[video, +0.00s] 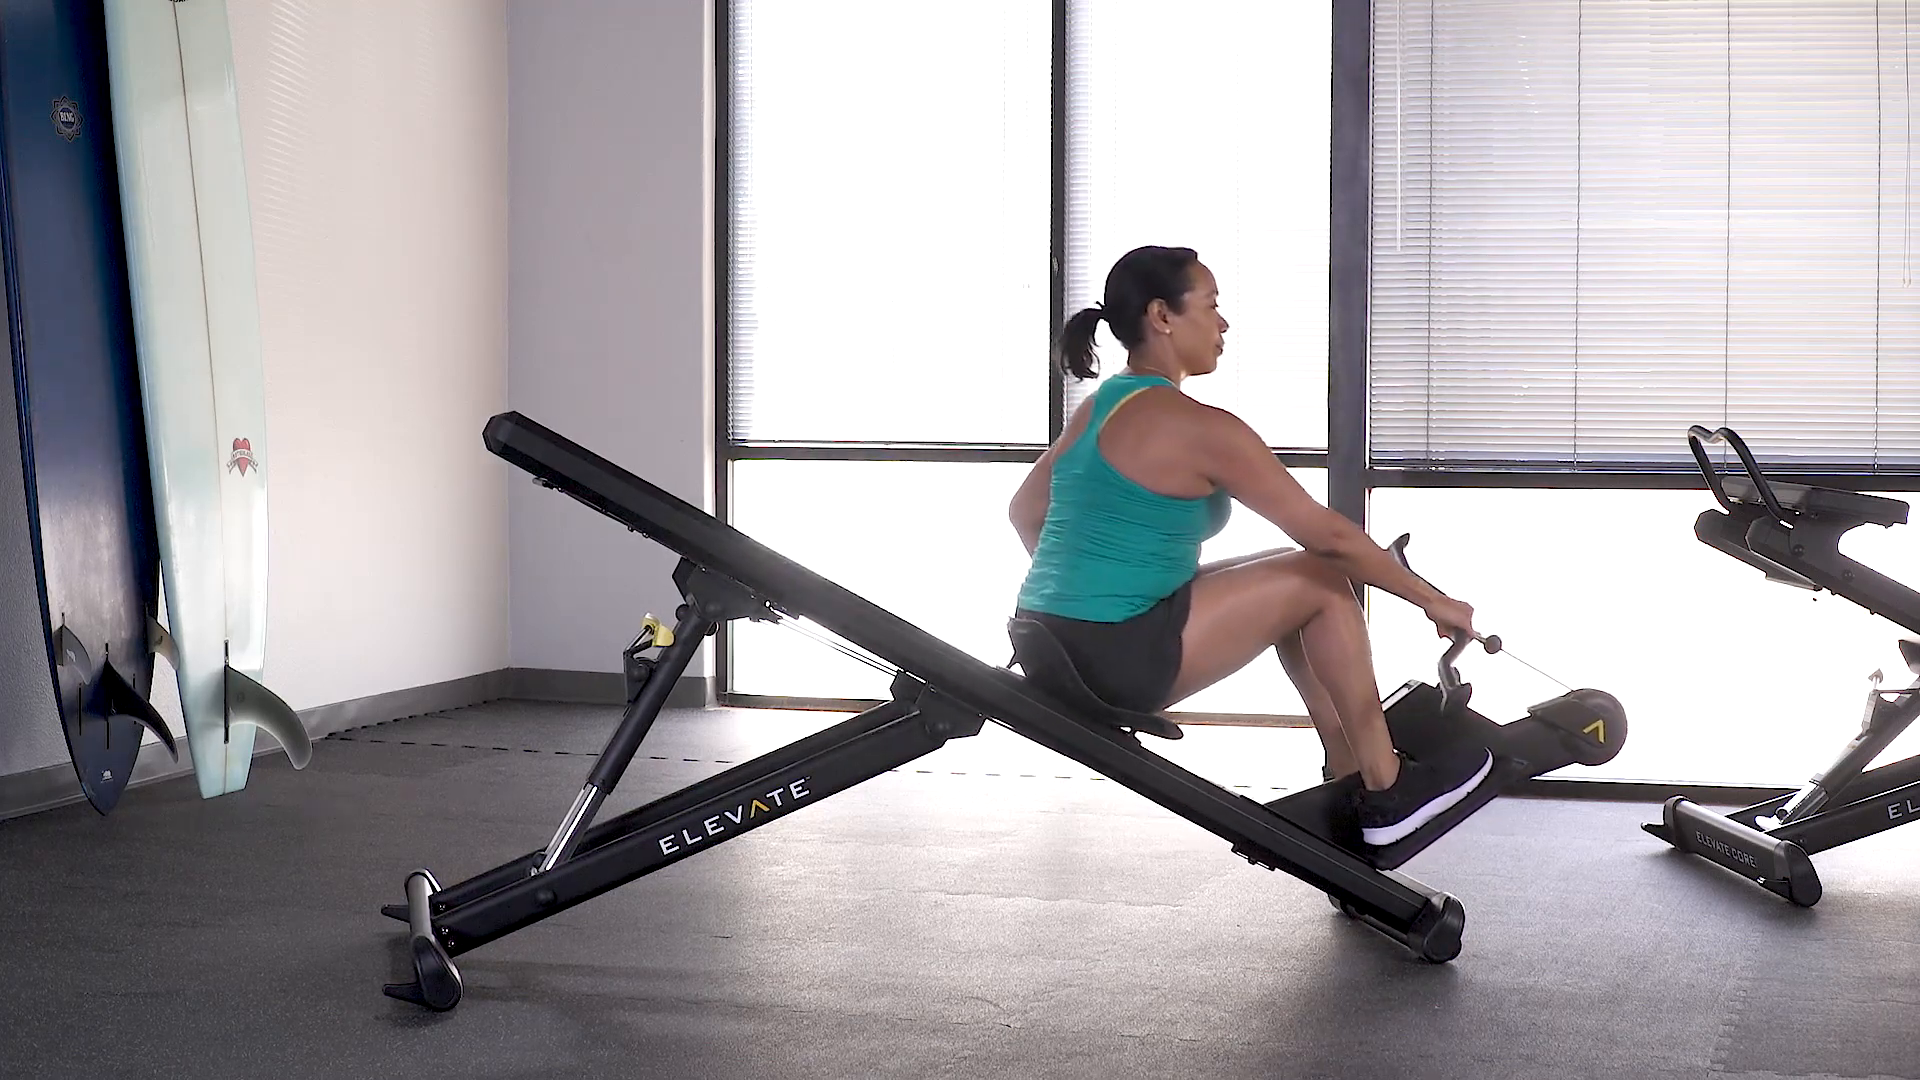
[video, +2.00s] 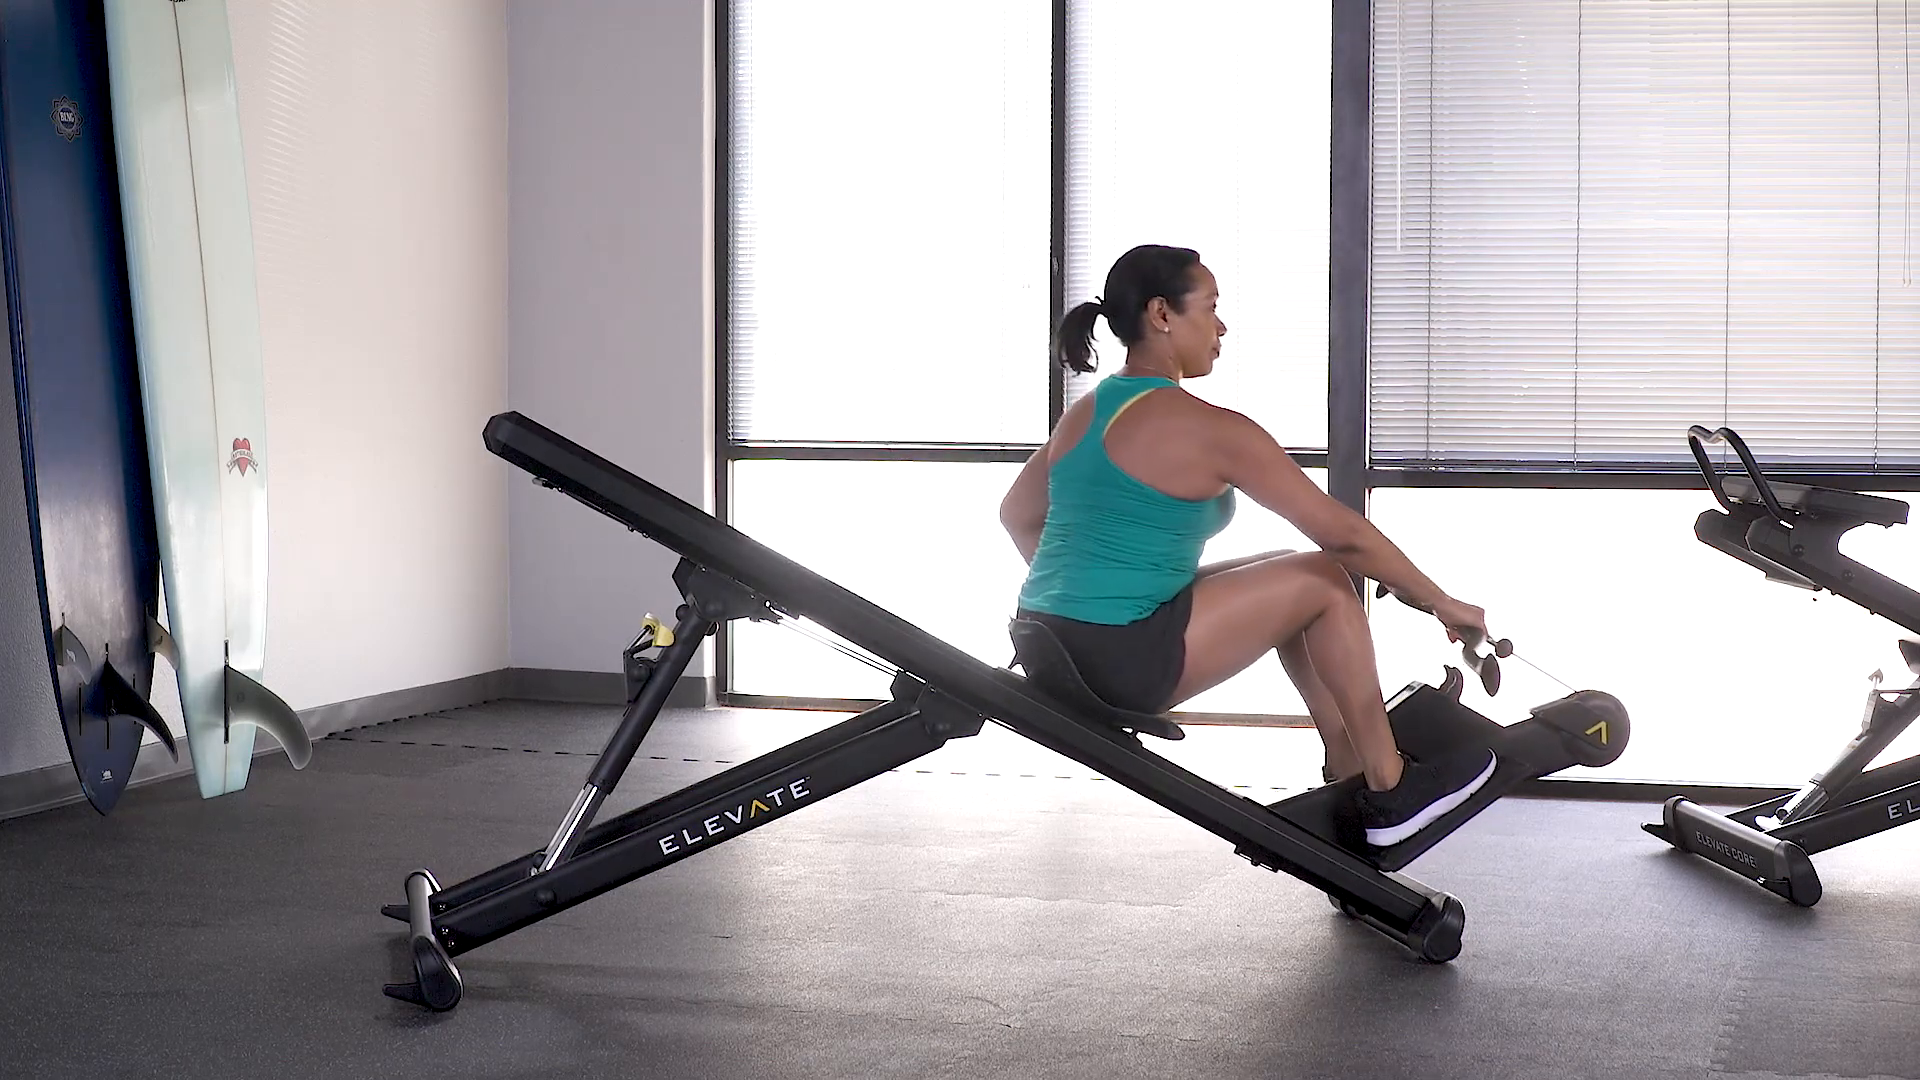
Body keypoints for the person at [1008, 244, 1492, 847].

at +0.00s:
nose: (1223, 322)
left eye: (1217, 305)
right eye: (1211, 306)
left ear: (1157, 320)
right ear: (1162, 318)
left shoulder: (1100, 404)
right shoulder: (1205, 430)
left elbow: (1026, 511)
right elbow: (1326, 535)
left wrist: (1080, 590)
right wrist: (1430, 597)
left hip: (1045, 634)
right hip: (1116, 649)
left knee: (1297, 573)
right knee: (1326, 580)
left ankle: (1346, 762)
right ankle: (1388, 787)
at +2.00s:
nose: (1221, 325)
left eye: (1216, 307)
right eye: (1210, 307)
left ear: (1155, 318)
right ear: (1161, 315)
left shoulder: (1087, 410)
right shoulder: (1218, 431)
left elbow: (1019, 514)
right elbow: (1347, 536)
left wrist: (1073, 588)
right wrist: (1442, 604)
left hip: (1046, 632)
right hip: (1121, 651)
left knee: (1298, 574)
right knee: (1327, 582)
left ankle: (1347, 762)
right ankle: (1390, 783)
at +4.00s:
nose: (1237, 335)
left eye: (1232, 317)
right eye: (1225, 317)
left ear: (1169, 325)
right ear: (1177, 324)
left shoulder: (1104, 413)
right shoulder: (1232, 438)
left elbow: (1029, 514)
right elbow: (1356, 544)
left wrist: (1082, 589)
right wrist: (1456, 610)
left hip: (1053, 637)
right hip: (1127, 657)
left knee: (1303, 574)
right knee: (1335, 583)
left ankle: (1349, 759)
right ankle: (1395, 787)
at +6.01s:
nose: (1235, 324)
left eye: (1227, 307)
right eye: (1220, 308)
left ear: (1166, 326)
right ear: (1171, 324)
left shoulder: (1107, 414)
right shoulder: (1230, 439)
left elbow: (1033, 516)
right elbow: (1353, 546)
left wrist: (1087, 592)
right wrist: (1453, 610)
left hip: (1053, 639)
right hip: (1128, 657)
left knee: (1303, 575)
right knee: (1336, 581)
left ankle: (1349, 759)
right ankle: (1393, 785)